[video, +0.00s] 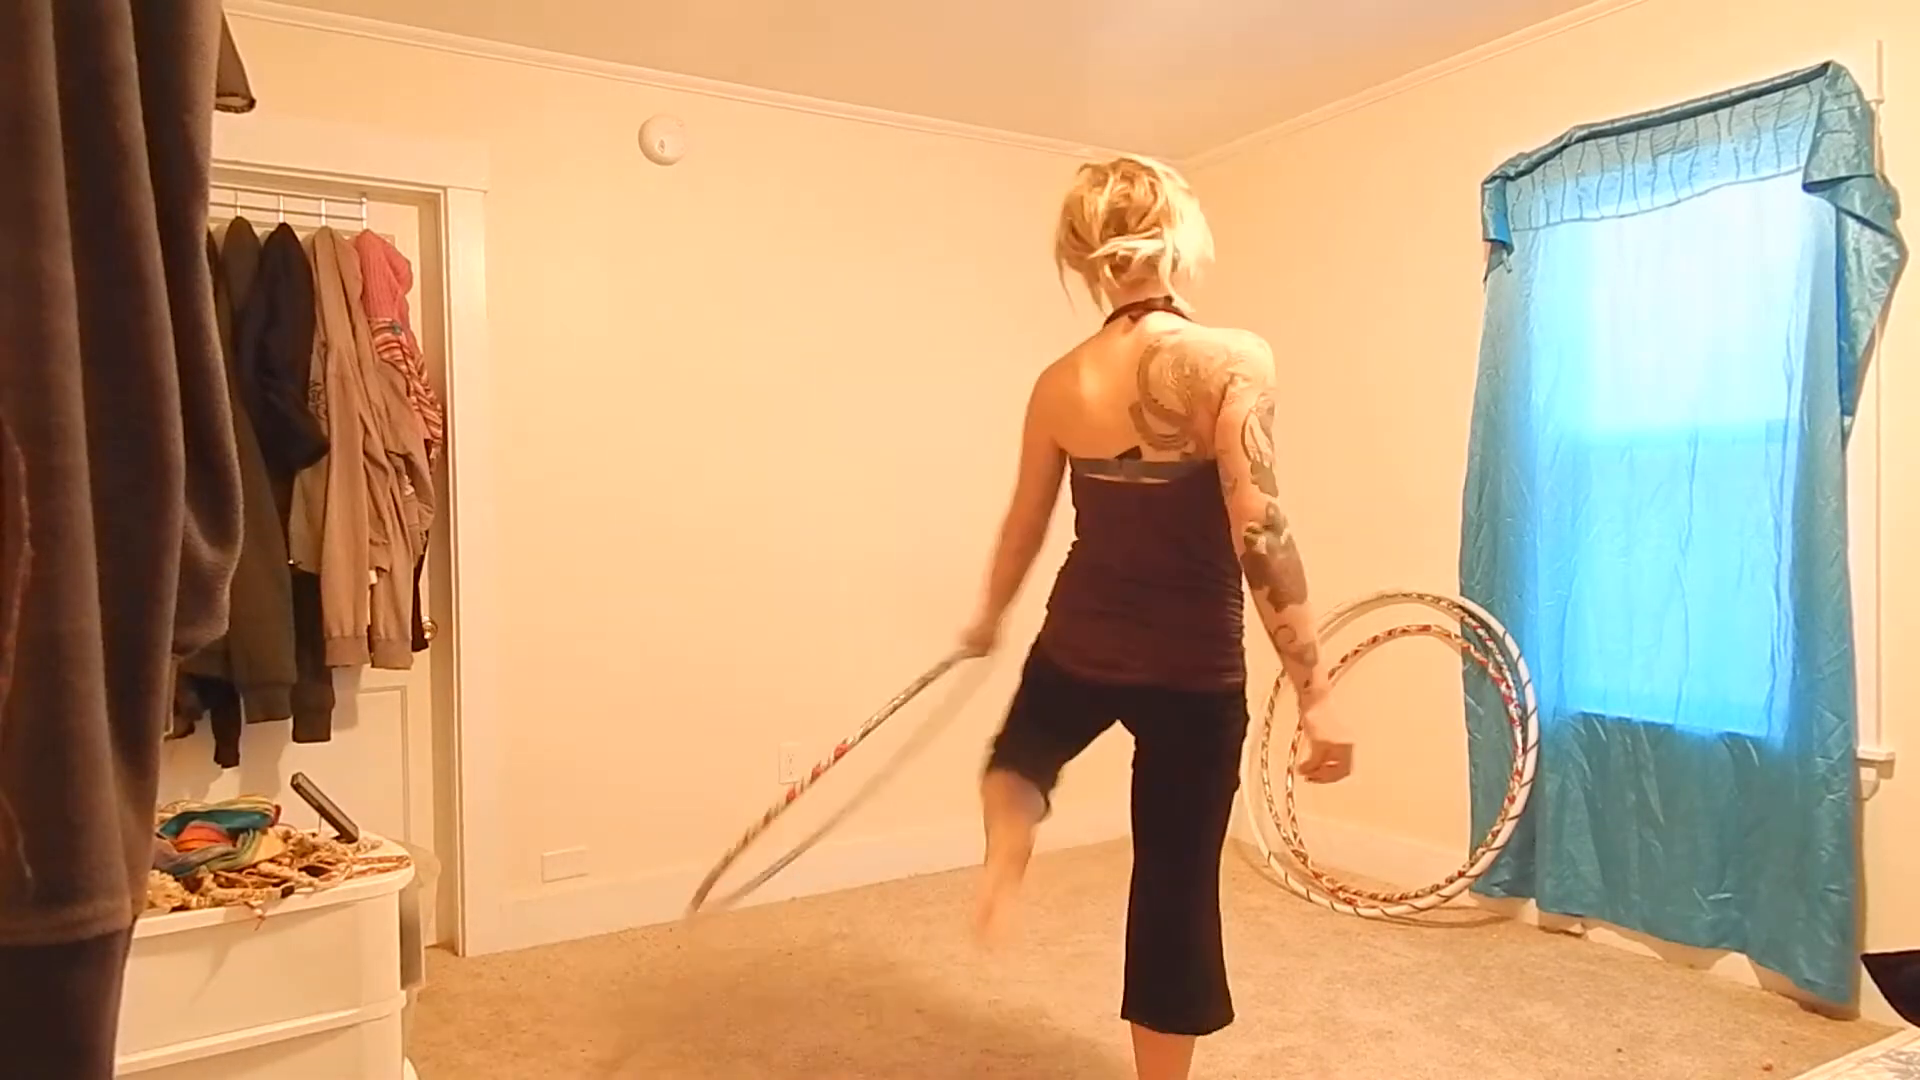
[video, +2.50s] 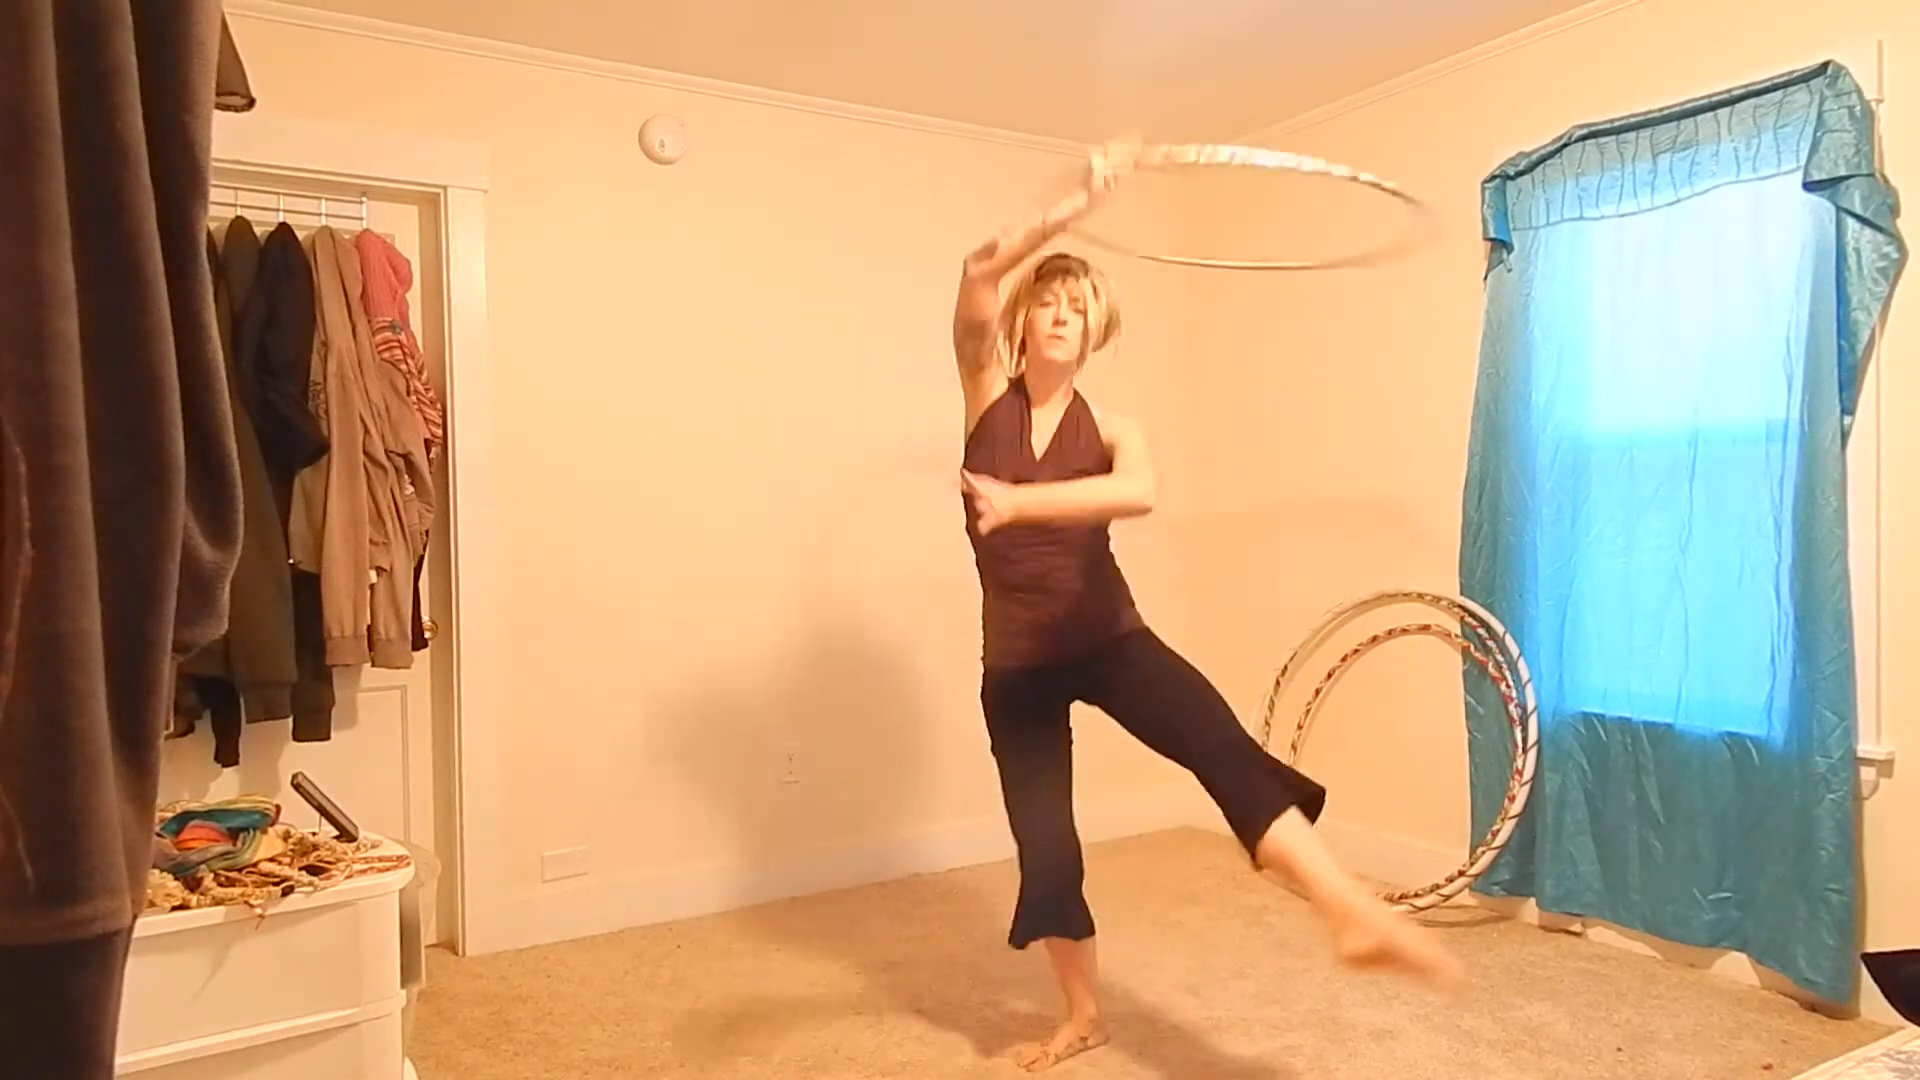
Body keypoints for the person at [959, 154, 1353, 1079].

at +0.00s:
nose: (1194, 246)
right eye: (1188, 231)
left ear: (1088, 259)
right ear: (1184, 244)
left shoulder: (1061, 384)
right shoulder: (1231, 360)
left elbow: (1024, 529)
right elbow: (1258, 531)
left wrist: (986, 619)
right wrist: (1312, 681)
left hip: (1079, 648)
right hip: (1194, 666)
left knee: (1025, 753)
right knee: (1174, 887)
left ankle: (1004, 853)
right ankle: (1161, 1068)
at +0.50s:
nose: (1199, 305)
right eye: (1198, 290)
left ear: (1111, 308)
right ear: (1196, 298)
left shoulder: (1094, 422)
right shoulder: (1215, 409)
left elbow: (1131, 574)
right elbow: (1232, 573)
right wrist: (1285, 718)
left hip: (1137, 700)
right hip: (1214, 697)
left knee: (1193, 915)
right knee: (1207, 933)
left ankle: (1180, 1059)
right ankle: (1155, 1070)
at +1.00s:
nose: (1112, 352)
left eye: (1112, 336)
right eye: (1110, 338)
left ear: (1127, 334)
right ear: (1197, 323)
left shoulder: (1108, 432)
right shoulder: (1254, 413)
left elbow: (1057, 551)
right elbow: (1300, 536)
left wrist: (998, 643)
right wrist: (1325, 643)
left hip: (1159, 656)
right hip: (1251, 643)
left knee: (1203, 811)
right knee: (1311, 769)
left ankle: (1242, 982)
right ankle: (1272, 890)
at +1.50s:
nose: (1067, 367)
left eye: (1069, 349)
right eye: (1064, 350)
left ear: (1101, 340)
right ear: (1131, 332)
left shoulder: (1143, 410)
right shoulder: (1180, 395)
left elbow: (1258, 489)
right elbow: (1294, 456)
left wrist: (1295, 594)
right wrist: (1342, 542)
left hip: (1189, 646)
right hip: (1200, 639)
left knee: (1215, 812)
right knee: (1063, 739)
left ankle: (1245, 981)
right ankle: (1110, 889)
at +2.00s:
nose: (999, 380)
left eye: (1007, 363)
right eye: (999, 364)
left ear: (1051, 357)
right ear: (1038, 361)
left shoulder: (1141, 431)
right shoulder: (1033, 456)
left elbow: (1229, 546)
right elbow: (939, 518)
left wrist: (1211, 668)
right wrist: (907, 593)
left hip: (1146, 683)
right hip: (1054, 681)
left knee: (1141, 873)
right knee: (1034, 857)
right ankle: (1079, 1025)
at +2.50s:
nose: (1061, 319)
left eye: (1076, 309)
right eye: (1049, 306)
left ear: (1092, 333)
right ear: (1017, 321)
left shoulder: (1102, 430)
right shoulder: (987, 397)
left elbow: (1136, 493)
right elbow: (980, 278)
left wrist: (1016, 502)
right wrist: (1080, 201)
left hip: (1110, 643)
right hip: (1019, 663)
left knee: (1225, 751)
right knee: (1043, 843)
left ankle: (1351, 914)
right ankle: (1080, 1016)